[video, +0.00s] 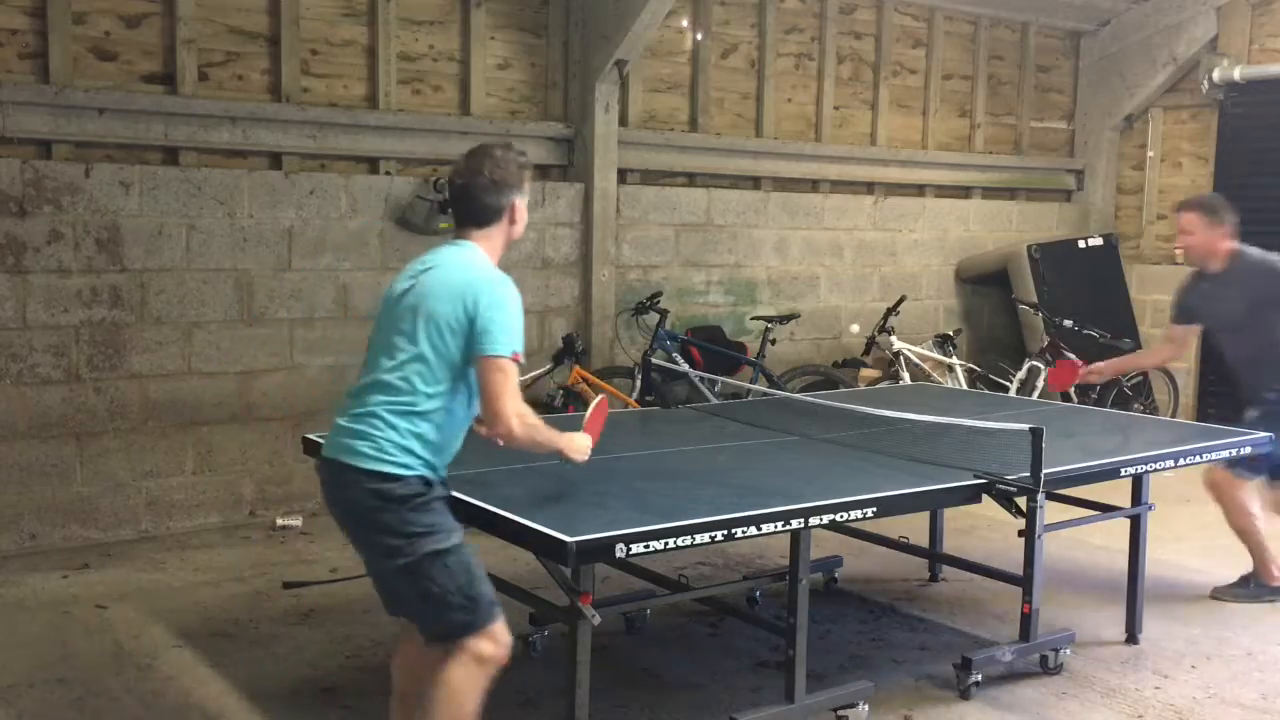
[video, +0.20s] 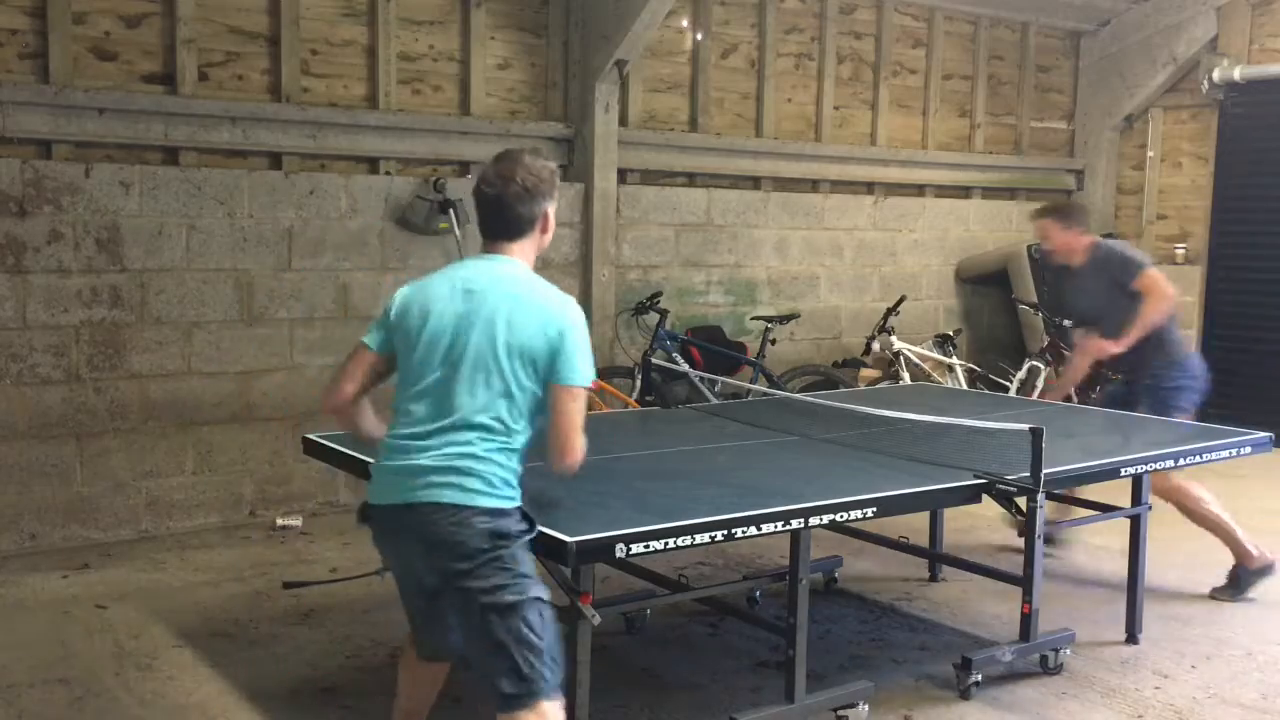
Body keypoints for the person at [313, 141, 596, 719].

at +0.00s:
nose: (527, 213)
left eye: (525, 202)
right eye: (526, 202)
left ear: (459, 207)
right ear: (515, 211)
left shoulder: (421, 269)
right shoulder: (492, 288)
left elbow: (408, 369)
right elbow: (507, 420)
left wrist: (477, 414)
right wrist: (563, 442)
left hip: (348, 464)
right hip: (393, 477)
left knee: (428, 631)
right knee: (485, 643)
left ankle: (407, 716)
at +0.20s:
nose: (555, 221)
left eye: (552, 210)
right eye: (554, 211)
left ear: (480, 216)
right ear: (546, 220)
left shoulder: (417, 294)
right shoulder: (557, 311)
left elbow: (342, 399)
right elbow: (567, 456)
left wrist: (391, 440)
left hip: (392, 503)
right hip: (476, 509)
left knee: (431, 643)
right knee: (536, 693)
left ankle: (406, 715)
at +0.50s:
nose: (550, 191)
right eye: (548, 182)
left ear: (468, 189)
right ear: (541, 193)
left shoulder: (412, 264)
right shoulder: (565, 295)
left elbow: (340, 386)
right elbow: (546, 429)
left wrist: (307, 447)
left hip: (406, 500)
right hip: (509, 503)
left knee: (366, 667)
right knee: (539, 700)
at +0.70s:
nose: (470, 206)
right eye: (468, 198)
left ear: (392, 212)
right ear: (463, 211)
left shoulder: (357, 287)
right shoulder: (502, 297)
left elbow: (294, 416)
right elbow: (503, 401)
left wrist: (253, 470)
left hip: (378, 516)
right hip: (482, 511)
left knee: (299, 680)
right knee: (530, 700)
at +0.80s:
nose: (405, 230)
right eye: (403, 223)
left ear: (330, 238)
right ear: (398, 235)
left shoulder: (303, 312)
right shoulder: (441, 311)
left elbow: (237, 450)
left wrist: (191, 510)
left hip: (348, 532)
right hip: (450, 519)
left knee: (263, 688)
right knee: (515, 699)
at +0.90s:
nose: (333, 259)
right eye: (331, 249)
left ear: (260, 261)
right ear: (326, 258)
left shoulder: (233, 325)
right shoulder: (368, 325)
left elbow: (177, 472)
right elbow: (369, 431)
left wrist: (128, 534)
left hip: (296, 532)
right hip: (397, 520)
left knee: (219, 670)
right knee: (474, 689)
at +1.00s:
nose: (276, 253)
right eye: (275, 244)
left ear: (202, 253)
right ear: (270, 252)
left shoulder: (178, 313)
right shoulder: (308, 315)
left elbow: (124, 458)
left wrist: (90, 504)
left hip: (251, 522)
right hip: (350, 507)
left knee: (179, 673)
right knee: (423, 678)